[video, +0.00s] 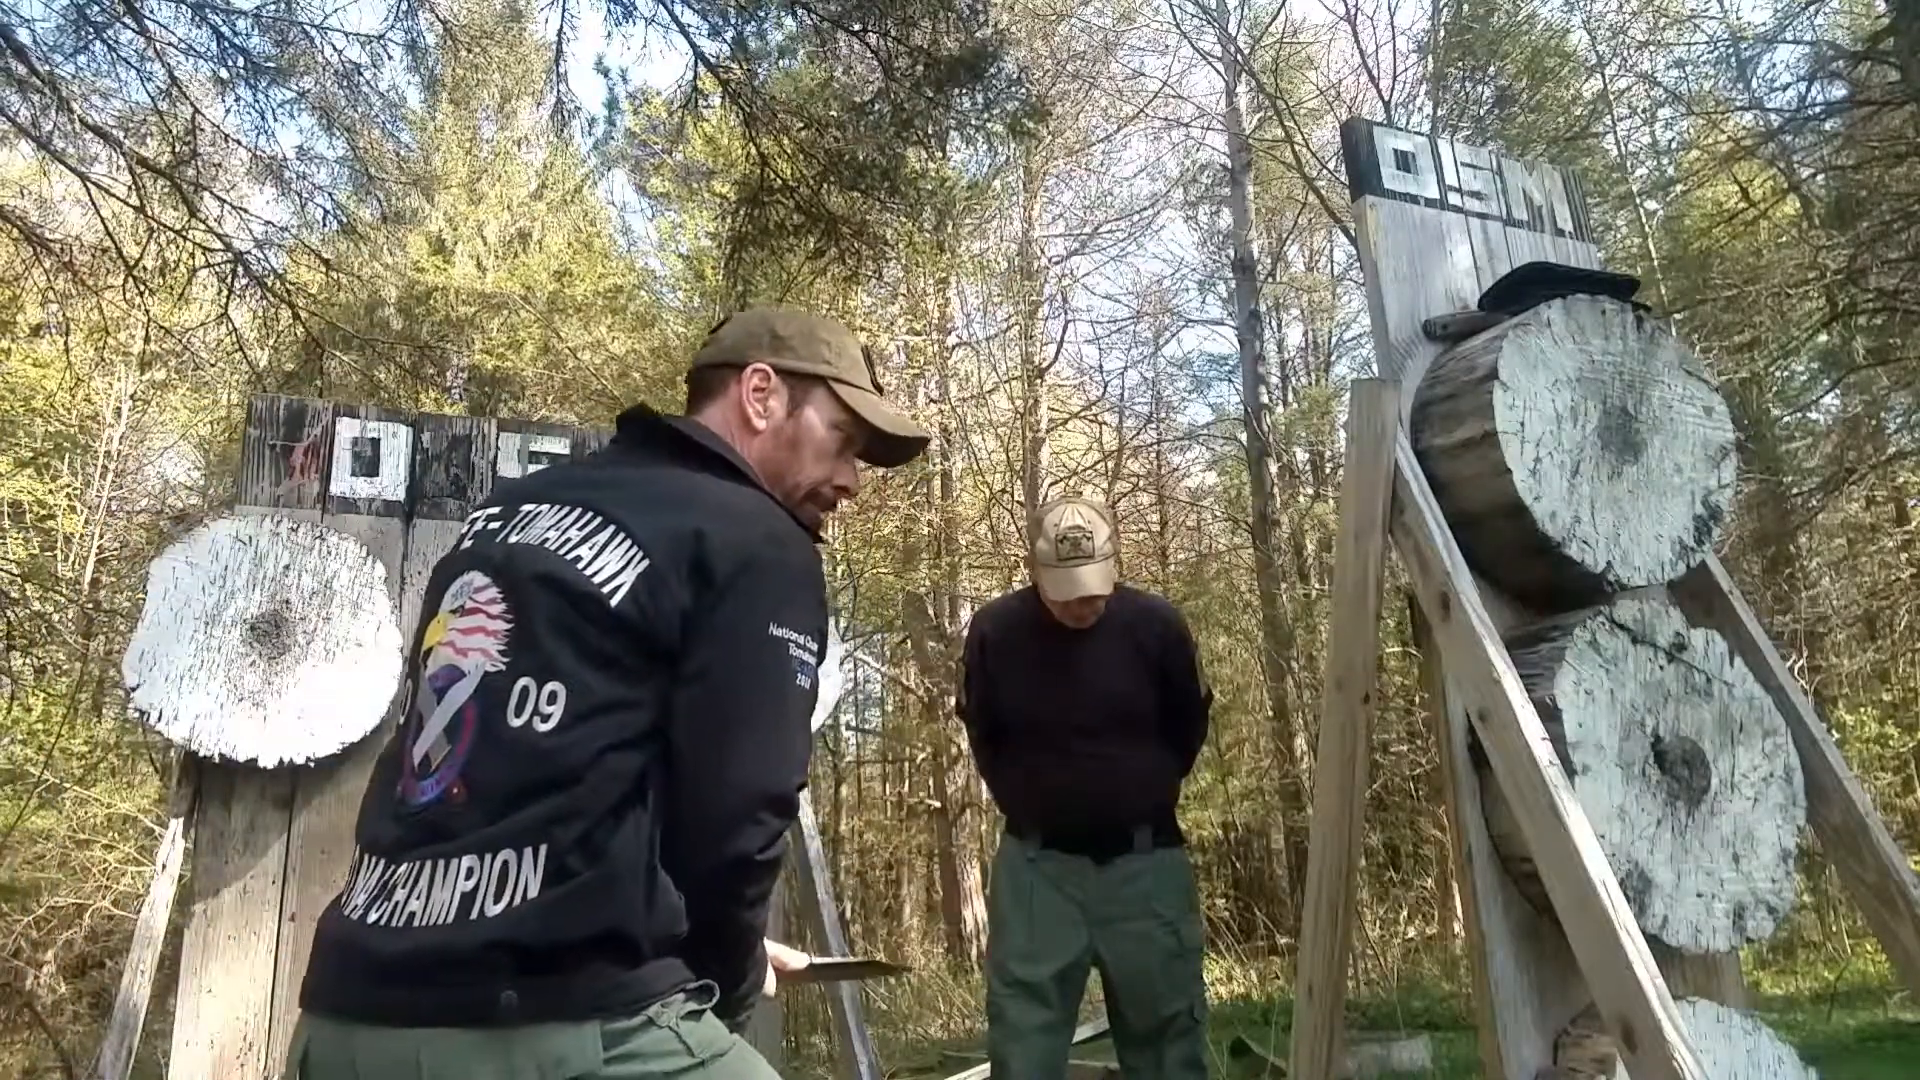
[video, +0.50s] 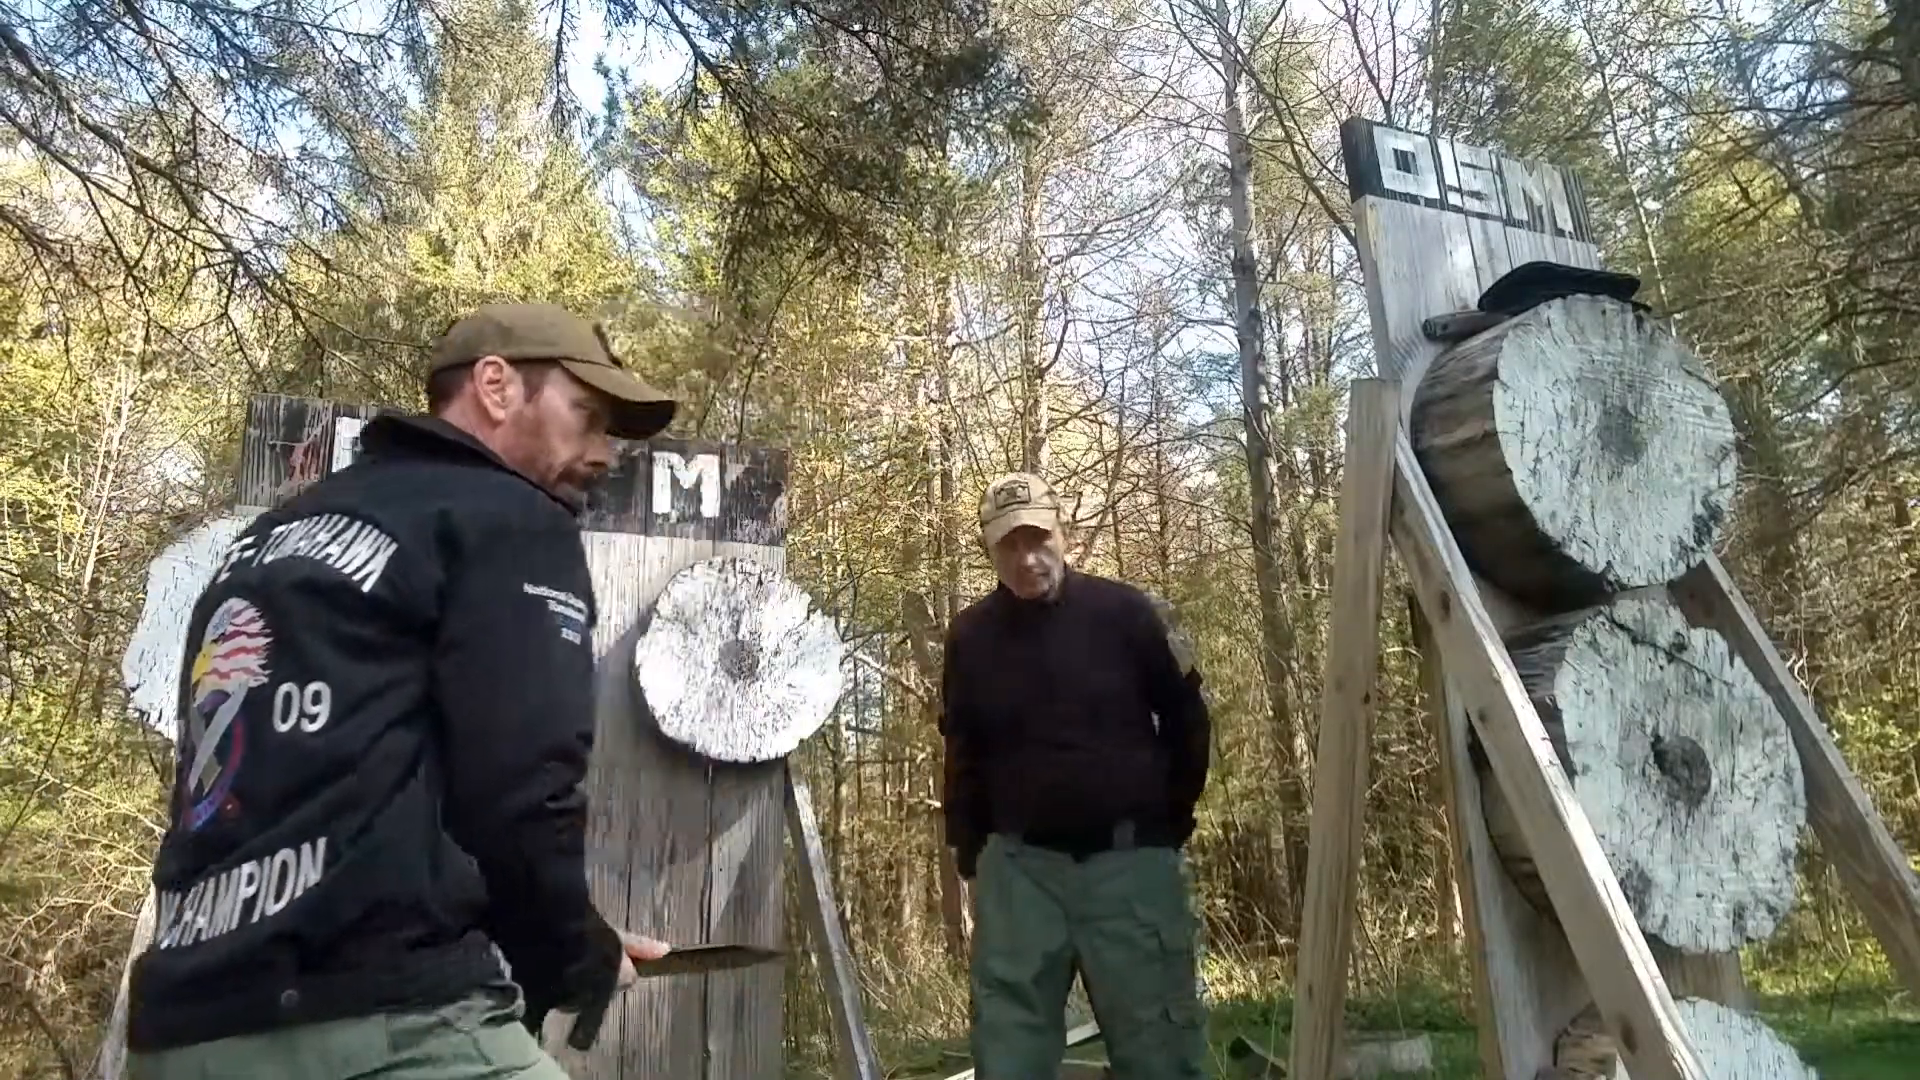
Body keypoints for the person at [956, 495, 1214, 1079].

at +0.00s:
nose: (1082, 606)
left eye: (1094, 593)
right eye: (1066, 595)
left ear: (1112, 567)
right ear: (1038, 573)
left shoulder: (1158, 624)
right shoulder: (994, 629)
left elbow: (1188, 723)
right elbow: (983, 730)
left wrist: (1141, 799)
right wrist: (1032, 808)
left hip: (1147, 876)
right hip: (1034, 876)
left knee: (1168, 1054)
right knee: (1022, 1058)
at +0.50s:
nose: (1026, 557)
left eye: (1037, 539)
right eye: (1010, 545)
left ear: (1061, 538)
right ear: (992, 554)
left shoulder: (1127, 612)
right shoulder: (971, 634)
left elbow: (1187, 717)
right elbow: (963, 749)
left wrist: (1164, 834)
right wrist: (971, 854)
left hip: (1133, 866)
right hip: (1016, 870)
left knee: (1160, 1054)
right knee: (1011, 1056)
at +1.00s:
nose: (1068, 526)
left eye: (1082, 513)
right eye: (1054, 516)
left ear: (1111, 530)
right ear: (1035, 535)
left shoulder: (1154, 616)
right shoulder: (1000, 619)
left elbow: (1193, 732)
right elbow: (982, 724)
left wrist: (1140, 811)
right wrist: (1022, 814)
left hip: (1139, 862)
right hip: (1026, 862)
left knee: (1163, 1057)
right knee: (1017, 1059)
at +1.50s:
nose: (1068, 525)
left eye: (1082, 513)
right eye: (1053, 515)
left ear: (1110, 530)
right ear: (1035, 533)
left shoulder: (1154, 615)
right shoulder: (1000, 619)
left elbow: (1193, 732)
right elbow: (982, 725)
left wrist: (1139, 812)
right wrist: (1023, 814)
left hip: (1140, 862)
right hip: (1026, 862)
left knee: (1164, 1058)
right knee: (1017, 1060)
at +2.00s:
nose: (1068, 524)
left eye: (1082, 512)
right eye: (1053, 515)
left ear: (1111, 530)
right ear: (1032, 534)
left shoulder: (1154, 615)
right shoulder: (1001, 618)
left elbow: (1194, 732)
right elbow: (982, 723)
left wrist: (1140, 812)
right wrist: (1024, 815)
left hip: (1140, 862)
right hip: (1026, 861)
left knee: (1164, 1058)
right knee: (1017, 1059)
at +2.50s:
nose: (1068, 525)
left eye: (1082, 513)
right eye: (1053, 515)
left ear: (1110, 529)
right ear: (1034, 534)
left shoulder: (1154, 615)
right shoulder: (1001, 619)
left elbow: (1194, 732)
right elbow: (983, 726)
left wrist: (1140, 813)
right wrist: (1026, 815)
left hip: (1139, 862)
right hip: (1025, 862)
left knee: (1164, 1058)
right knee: (1016, 1059)